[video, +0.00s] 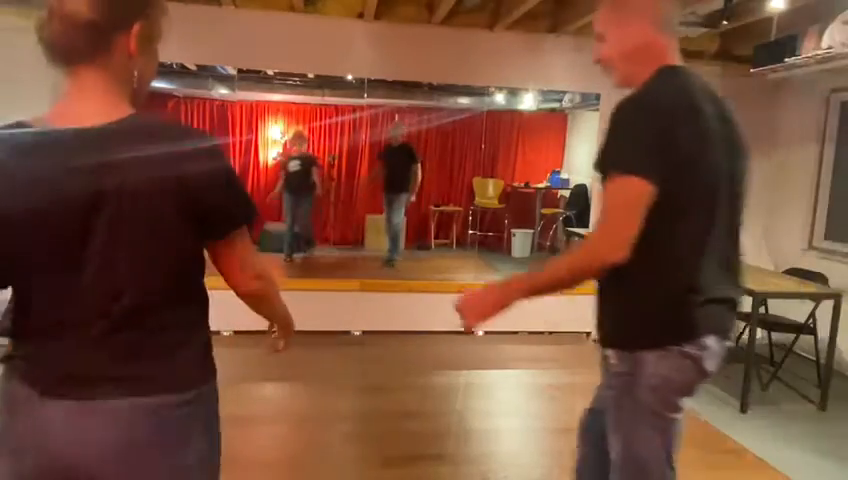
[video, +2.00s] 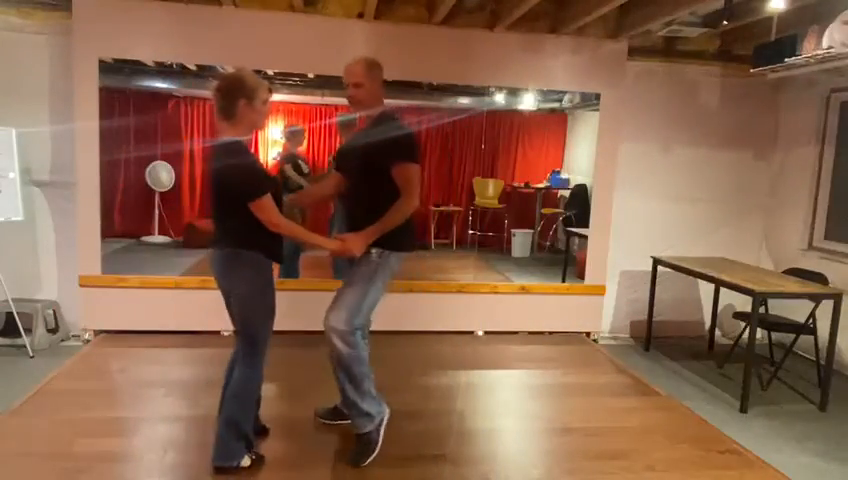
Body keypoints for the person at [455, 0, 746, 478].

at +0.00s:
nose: (597, 54)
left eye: (602, 37)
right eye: (597, 39)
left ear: (641, 33)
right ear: (651, 35)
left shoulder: (648, 108)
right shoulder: (710, 106)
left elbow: (612, 243)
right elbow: (702, 232)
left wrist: (505, 291)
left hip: (655, 342)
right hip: (696, 332)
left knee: (640, 471)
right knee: (598, 440)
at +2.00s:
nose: (351, 93)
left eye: (358, 85)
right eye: (348, 87)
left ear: (380, 85)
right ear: (349, 90)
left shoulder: (397, 133)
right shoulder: (355, 137)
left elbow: (412, 197)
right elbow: (333, 184)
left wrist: (365, 236)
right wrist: (290, 201)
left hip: (386, 247)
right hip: (358, 244)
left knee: (340, 322)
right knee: (351, 327)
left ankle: (371, 415)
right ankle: (352, 404)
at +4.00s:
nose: (298, 92)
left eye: (304, 82)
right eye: (296, 84)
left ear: (330, 82)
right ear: (321, 84)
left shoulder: (344, 125)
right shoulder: (328, 126)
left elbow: (374, 184)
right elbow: (325, 186)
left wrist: (340, 243)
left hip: (340, 257)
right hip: (331, 254)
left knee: (324, 355)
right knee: (340, 338)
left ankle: (317, 464)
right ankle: (353, 408)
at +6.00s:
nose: (278, 95)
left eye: (282, 86)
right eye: (274, 89)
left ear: (307, 80)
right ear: (284, 89)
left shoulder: (332, 125)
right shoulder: (301, 132)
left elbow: (377, 179)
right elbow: (281, 180)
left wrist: (346, 233)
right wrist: (243, 186)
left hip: (333, 252)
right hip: (315, 250)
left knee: (320, 347)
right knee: (329, 340)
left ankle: (310, 454)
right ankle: (328, 418)